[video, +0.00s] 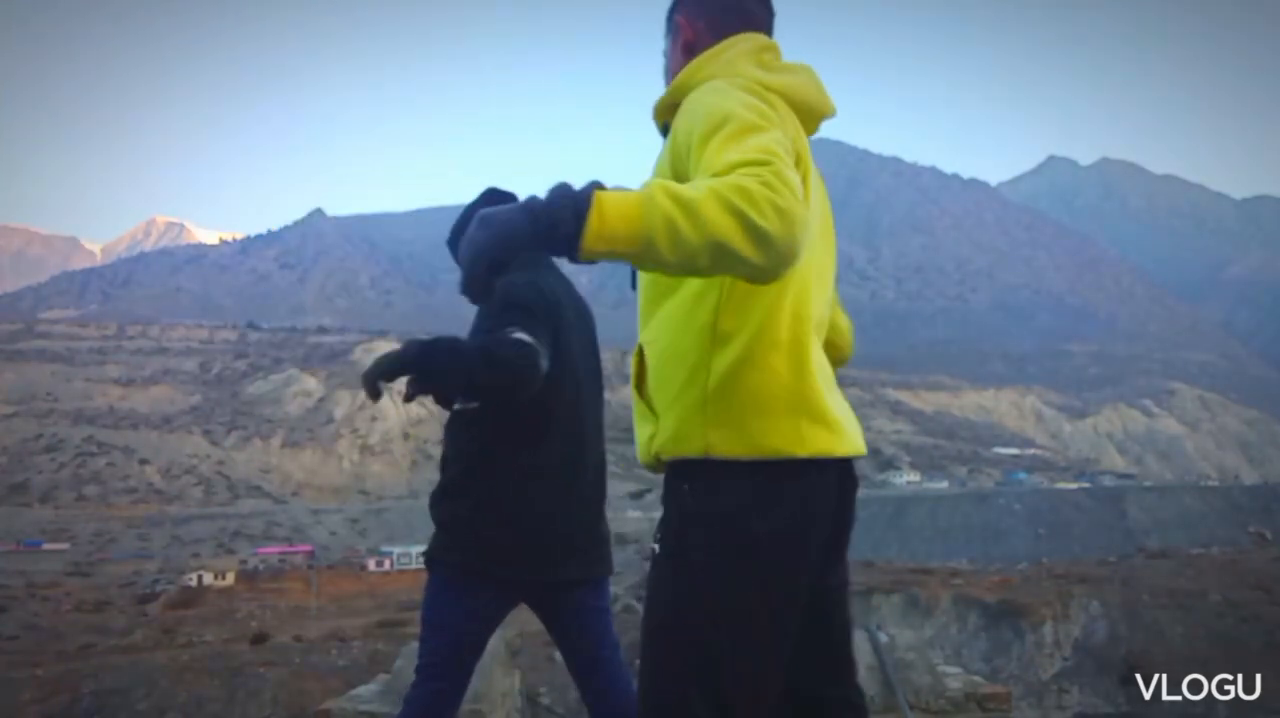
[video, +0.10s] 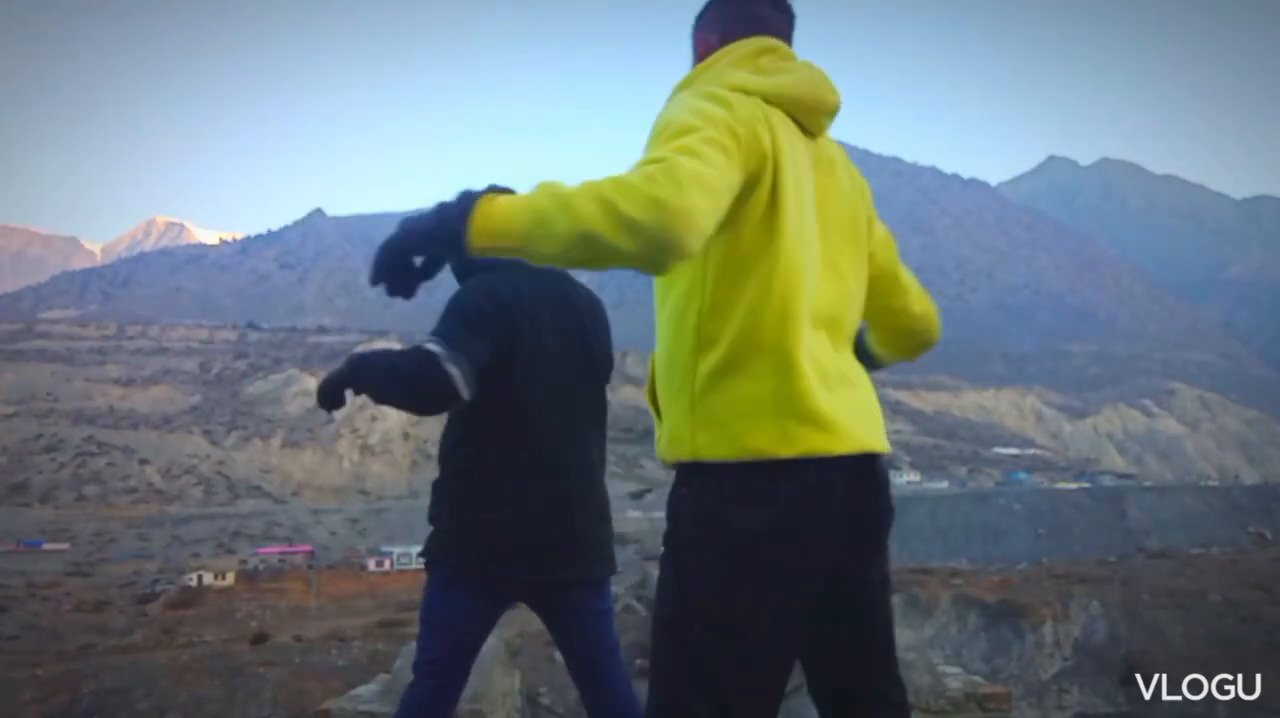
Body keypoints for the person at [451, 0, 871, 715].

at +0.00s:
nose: (665, 56)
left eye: (667, 38)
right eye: (667, 40)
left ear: (686, 34)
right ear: (756, 37)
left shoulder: (725, 100)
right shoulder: (781, 130)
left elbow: (762, 222)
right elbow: (830, 332)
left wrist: (556, 220)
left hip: (741, 469)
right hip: (804, 465)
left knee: (692, 695)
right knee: (814, 693)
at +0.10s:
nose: (690, 62)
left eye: (692, 50)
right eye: (696, 51)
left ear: (707, 41)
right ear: (784, 48)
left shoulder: (717, 107)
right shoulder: (833, 161)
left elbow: (667, 218)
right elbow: (913, 321)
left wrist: (467, 221)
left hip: (745, 478)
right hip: (852, 476)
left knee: (704, 700)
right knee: (867, 696)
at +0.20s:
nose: (712, 59)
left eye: (714, 49)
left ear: (723, 49)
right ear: (809, 56)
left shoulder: (687, 132)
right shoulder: (867, 160)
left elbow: (549, 237)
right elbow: (996, 289)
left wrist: (421, 253)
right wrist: (1029, 292)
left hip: (739, 494)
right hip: (872, 489)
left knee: (711, 701)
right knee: (890, 696)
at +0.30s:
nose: (818, 56)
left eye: (801, 49)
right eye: (822, 47)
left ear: (733, 50)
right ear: (821, 52)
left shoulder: (658, 155)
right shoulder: (874, 145)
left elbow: (533, 269)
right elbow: (1026, 230)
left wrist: (497, 287)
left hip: (728, 493)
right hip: (872, 486)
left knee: (716, 699)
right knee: (891, 695)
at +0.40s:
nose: (837, 62)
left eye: (829, 52)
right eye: (837, 53)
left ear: (743, 49)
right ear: (827, 51)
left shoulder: (657, 175)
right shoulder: (850, 131)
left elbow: (597, 314)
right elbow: (1017, 210)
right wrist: (1217, 149)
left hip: (717, 491)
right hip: (858, 482)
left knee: (715, 707)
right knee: (887, 704)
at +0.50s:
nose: (837, 60)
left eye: (835, 48)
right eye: (837, 48)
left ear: (751, 44)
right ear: (821, 47)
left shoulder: (687, 160)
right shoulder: (805, 115)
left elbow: (705, 306)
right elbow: (881, 198)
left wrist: (851, 319)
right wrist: (1100, 100)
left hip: (705, 478)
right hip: (834, 469)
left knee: (705, 697)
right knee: (869, 698)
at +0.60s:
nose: (823, 60)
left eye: (823, 45)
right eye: (824, 45)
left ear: (737, 41)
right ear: (811, 45)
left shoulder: (692, 149)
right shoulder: (770, 104)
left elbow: (796, 323)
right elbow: (740, 208)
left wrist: (926, 297)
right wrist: (887, 95)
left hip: (697, 467)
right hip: (814, 461)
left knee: (696, 699)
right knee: (857, 700)